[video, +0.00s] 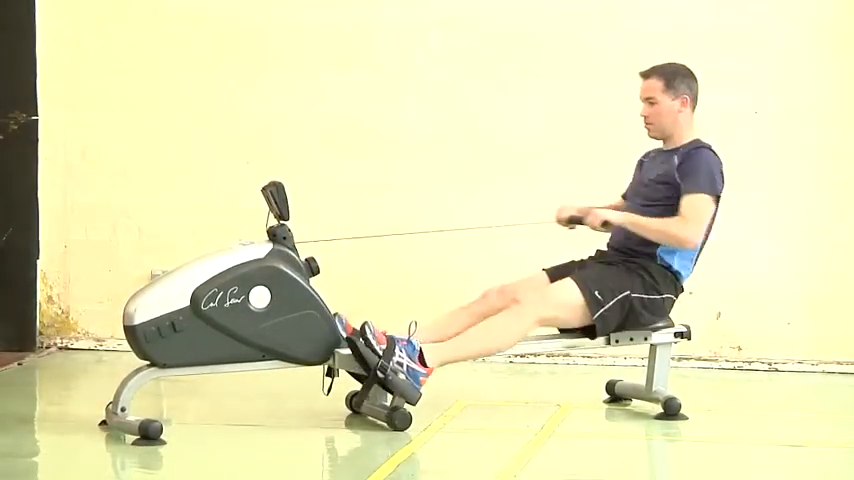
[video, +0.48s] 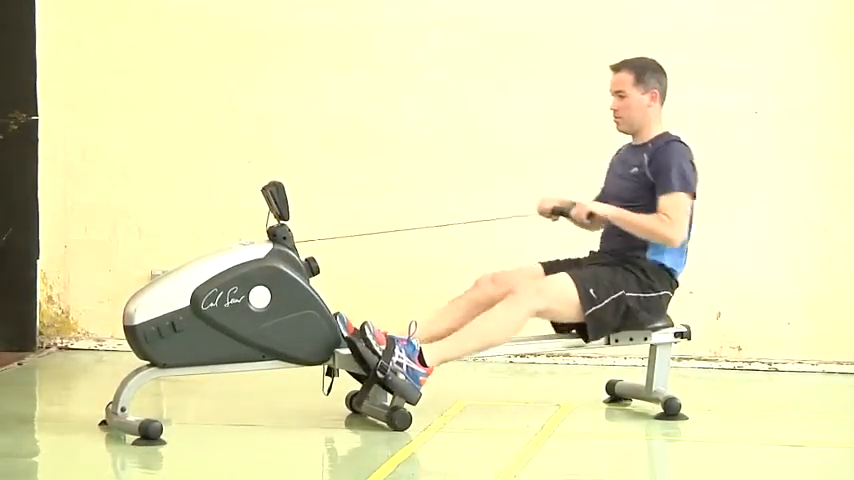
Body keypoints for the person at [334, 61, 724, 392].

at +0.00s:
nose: (643, 113)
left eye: (651, 103)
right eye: (643, 104)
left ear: (684, 103)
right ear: (665, 105)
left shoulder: (701, 160)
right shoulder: (651, 159)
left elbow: (690, 235)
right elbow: (629, 214)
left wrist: (612, 216)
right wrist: (593, 214)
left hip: (647, 277)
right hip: (615, 265)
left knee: (534, 308)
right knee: (499, 297)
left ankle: (422, 363)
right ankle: (396, 346)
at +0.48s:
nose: (612, 106)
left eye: (620, 96)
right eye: (612, 96)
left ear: (653, 98)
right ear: (637, 98)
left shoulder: (672, 152)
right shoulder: (625, 155)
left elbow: (674, 231)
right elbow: (603, 221)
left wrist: (605, 211)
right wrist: (568, 210)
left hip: (643, 278)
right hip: (607, 267)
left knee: (530, 295)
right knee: (490, 286)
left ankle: (422, 366)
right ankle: (399, 348)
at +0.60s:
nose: (590, 106)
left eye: (598, 96)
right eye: (589, 96)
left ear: (631, 99)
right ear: (620, 100)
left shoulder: (650, 151)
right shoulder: (603, 157)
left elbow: (635, 223)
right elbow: (567, 214)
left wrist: (570, 208)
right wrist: (532, 206)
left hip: (634, 281)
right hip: (599, 271)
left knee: (516, 283)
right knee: (481, 272)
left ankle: (423, 364)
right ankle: (403, 346)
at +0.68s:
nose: (573, 107)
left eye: (581, 97)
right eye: (573, 98)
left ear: (613, 98)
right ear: (606, 100)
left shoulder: (634, 150)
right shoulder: (585, 157)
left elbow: (608, 218)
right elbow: (548, 203)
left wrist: (535, 208)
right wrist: (508, 205)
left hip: (624, 281)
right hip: (589, 272)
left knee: (506, 273)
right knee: (474, 264)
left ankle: (423, 362)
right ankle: (402, 345)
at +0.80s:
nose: (546, 109)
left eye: (553, 100)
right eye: (545, 100)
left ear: (585, 101)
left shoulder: (608, 152)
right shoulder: (558, 159)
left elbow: (567, 211)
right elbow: (512, 198)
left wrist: (490, 210)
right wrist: (462, 207)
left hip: (608, 281)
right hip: (572, 274)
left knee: (495, 259)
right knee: (460, 253)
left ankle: (422, 361)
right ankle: (397, 344)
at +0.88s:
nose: (525, 110)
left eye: (534, 100)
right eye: (525, 101)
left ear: (567, 102)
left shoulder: (589, 154)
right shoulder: (539, 160)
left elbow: (538, 209)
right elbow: (484, 196)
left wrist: (461, 215)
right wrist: (437, 209)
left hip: (594, 282)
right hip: (559, 277)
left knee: (487, 253)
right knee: (453, 246)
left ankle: (423, 359)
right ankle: (395, 342)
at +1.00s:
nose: (497, 114)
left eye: (505, 105)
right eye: (497, 105)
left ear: (537, 107)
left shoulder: (561, 157)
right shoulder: (510, 162)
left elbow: (497, 208)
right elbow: (455, 196)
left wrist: (420, 224)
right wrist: (399, 215)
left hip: (576, 285)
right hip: (537, 284)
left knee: (476, 244)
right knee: (436, 241)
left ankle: (420, 360)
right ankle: (391, 344)